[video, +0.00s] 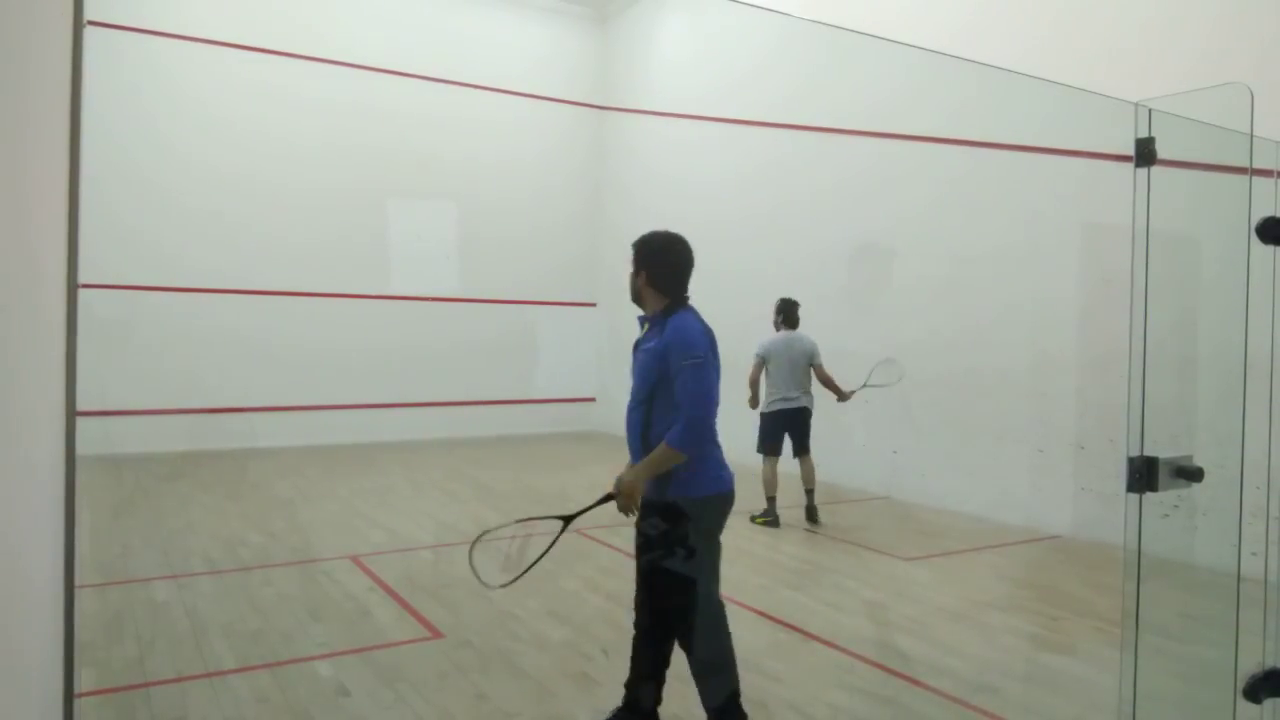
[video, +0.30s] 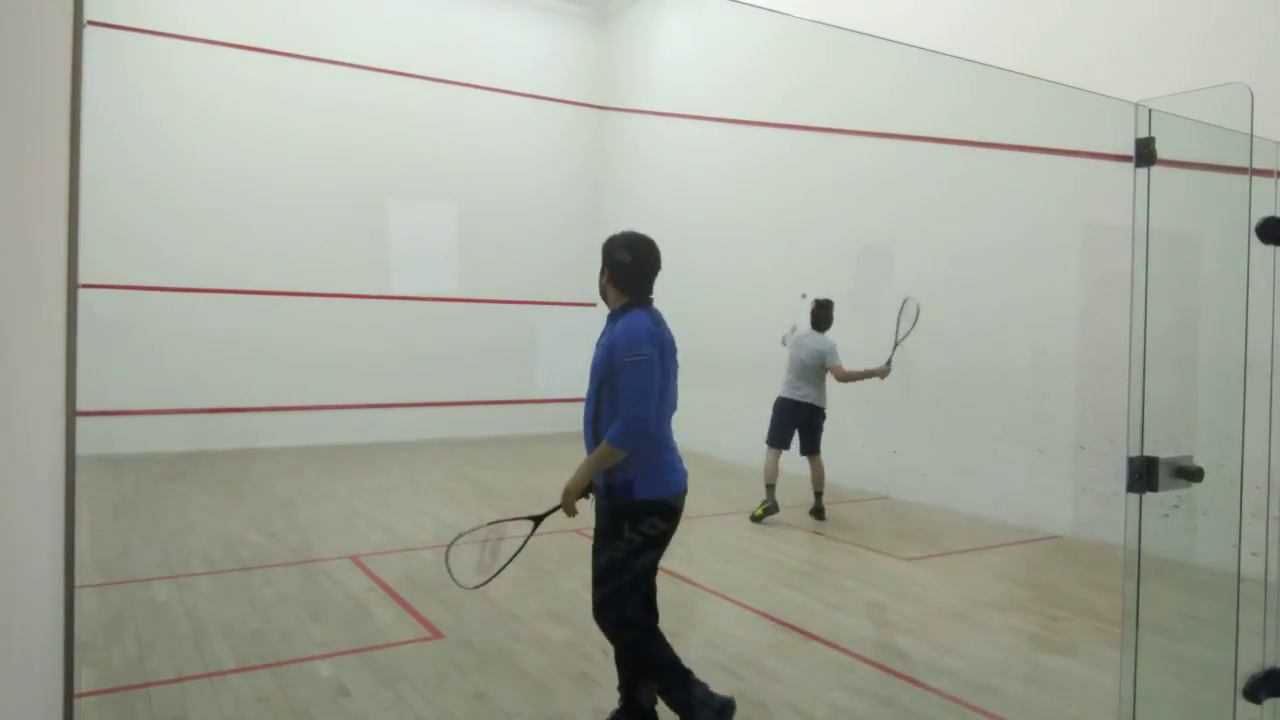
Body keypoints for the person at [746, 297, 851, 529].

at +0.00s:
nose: (773, 320)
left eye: (774, 316)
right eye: (775, 316)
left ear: (778, 319)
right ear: (797, 319)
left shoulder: (767, 344)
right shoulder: (808, 344)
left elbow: (753, 377)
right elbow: (822, 376)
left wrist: (754, 397)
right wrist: (840, 393)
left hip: (773, 412)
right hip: (801, 411)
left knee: (770, 460)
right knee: (804, 456)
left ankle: (770, 511)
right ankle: (811, 506)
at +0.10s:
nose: (807, 319)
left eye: (803, 315)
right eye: (806, 316)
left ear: (786, 320)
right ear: (806, 320)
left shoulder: (772, 346)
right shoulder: (812, 346)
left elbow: (761, 381)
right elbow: (824, 379)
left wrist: (762, 388)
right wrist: (857, 388)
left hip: (774, 413)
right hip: (803, 413)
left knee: (771, 460)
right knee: (809, 457)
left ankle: (771, 512)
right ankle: (818, 505)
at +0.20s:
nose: (824, 319)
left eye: (821, 315)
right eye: (823, 316)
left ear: (802, 318)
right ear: (821, 320)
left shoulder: (787, 343)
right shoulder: (821, 346)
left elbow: (776, 357)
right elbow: (829, 379)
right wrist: (864, 385)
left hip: (784, 409)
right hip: (811, 411)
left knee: (774, 455)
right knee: (813, 457)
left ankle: (769, 504)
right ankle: (818, 506)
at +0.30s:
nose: (830, 319)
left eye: (829, 315)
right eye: (830, 316)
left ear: (811, 318)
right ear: (829, 321)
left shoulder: (797, 338)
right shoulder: (827, 346)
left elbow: (785, 341)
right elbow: (841, 376)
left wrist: (791, 333)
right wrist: (875, 372)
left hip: (786, 403)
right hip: (812, 409)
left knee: (773, 452)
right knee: (814, 456)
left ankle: (770, 500)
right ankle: (818, 506)